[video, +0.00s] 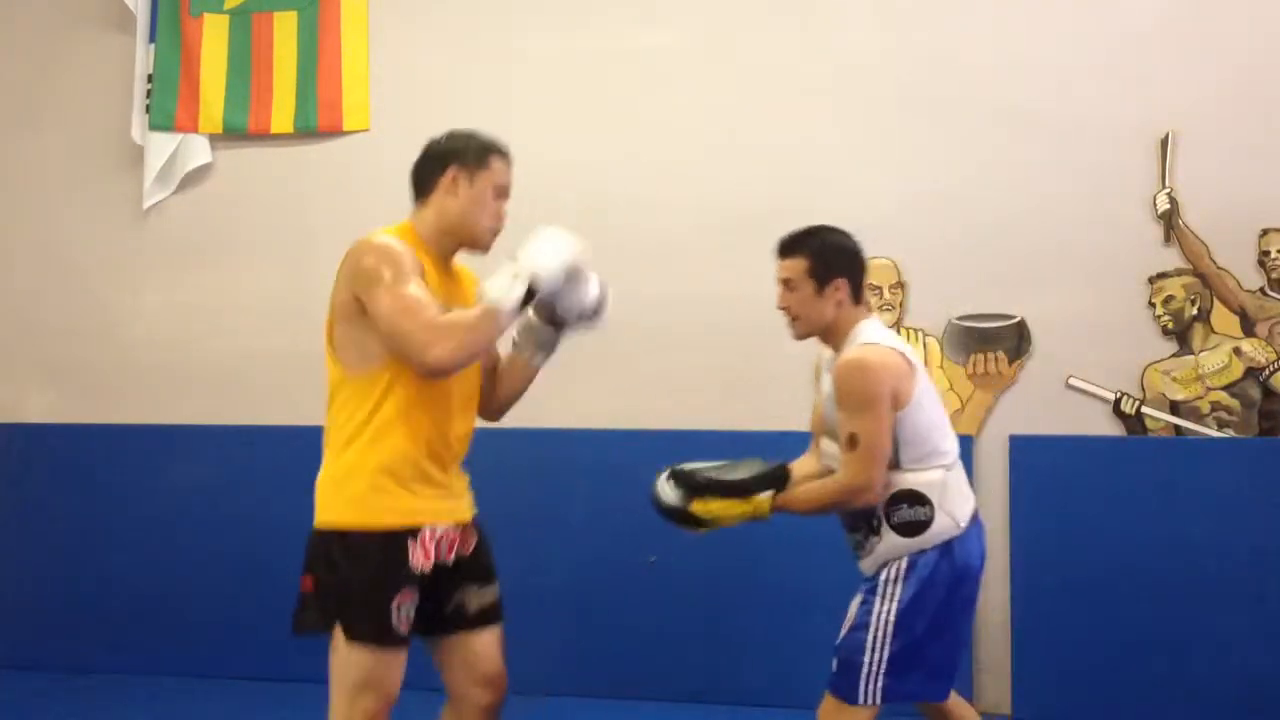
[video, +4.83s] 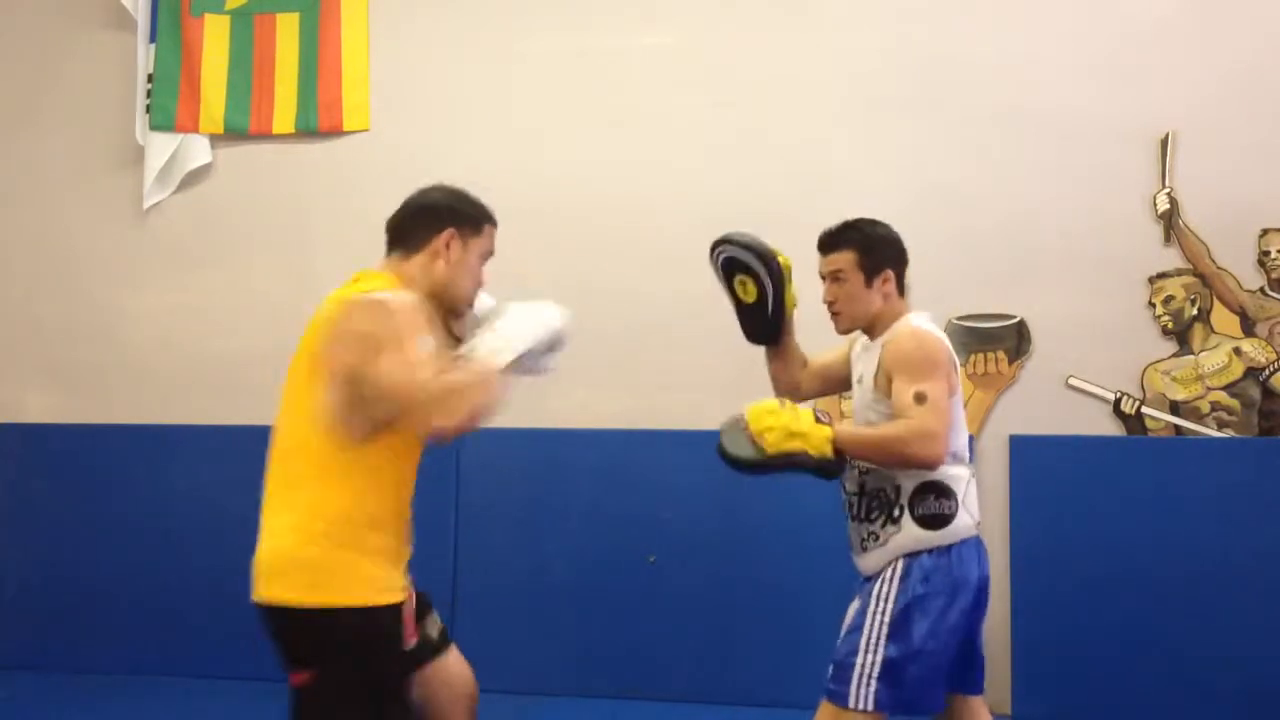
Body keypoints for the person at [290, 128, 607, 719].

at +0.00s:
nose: (503, 214)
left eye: (506, 199)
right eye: (497, 194)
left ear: (461, 189)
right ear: (450, 183)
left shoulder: (462, 284)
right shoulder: (377, 258)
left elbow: (489, 401)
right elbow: (434, 348)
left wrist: (544, 330)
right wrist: (517, 287)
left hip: (448, 512)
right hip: (371, 517)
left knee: (480, 690)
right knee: (365, 700)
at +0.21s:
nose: (488, 246)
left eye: (490, 230)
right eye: (483, 226)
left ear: (441, 221)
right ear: (441, 217)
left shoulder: (422, 306)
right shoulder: (384, 297)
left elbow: (482, 418)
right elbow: (500, 379)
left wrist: (562, 348)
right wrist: (569, 318)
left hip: (407, 542)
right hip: (345, 553)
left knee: (493, 676)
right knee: (364, 711)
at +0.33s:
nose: (492, 237)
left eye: (493, 220)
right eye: (485, 216)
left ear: (442, 214)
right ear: (443, 211)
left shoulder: (423, 293)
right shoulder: (404, 290)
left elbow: (450, 434)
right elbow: (463, 414)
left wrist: (547, 423)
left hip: (410, 533)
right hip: (352, 538)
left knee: (459, 692)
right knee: (359, 706)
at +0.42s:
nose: (505, 235)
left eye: (505, 218)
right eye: (497, 216)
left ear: (458, 216)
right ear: (457, 212)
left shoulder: (439, 302)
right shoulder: (410, 296)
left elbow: (429, 425)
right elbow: (415, 426)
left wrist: (505, 449)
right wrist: (505, 461)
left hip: (422, 537)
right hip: (364, 542)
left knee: (462, 694)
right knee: (363, 706)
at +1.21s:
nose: (487, 231)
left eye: (487, 215)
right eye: (479, 212)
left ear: (437, 212)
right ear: (435, 209)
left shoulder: (438, 304)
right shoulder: (363, 291)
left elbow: (424, 410)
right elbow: (386, 420)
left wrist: (486, 375)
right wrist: (488, 383)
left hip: (413, 532)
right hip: (341, 539)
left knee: (477, 682)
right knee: (329, 704)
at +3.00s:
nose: (467, 276)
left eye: (476, 265)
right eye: (471, 257)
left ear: (444, 229)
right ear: (445, 229)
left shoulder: (420, 303)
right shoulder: (334, 278)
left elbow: (436, 413)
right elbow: (405, 392)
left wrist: (501, 353)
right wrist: (486, 300)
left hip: (392, 539)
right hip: (316, 548)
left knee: (438, 701)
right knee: (314, 708)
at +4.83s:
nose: (484, 278)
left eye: (487, 262)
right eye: (483, 259)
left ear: (442, 248)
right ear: (446, 248)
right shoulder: (383, 306)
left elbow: (437, 410)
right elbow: (433, 411)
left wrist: (482, 348)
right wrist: (498, 352)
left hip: (366, 576)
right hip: (332, 587)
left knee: (451, 691)